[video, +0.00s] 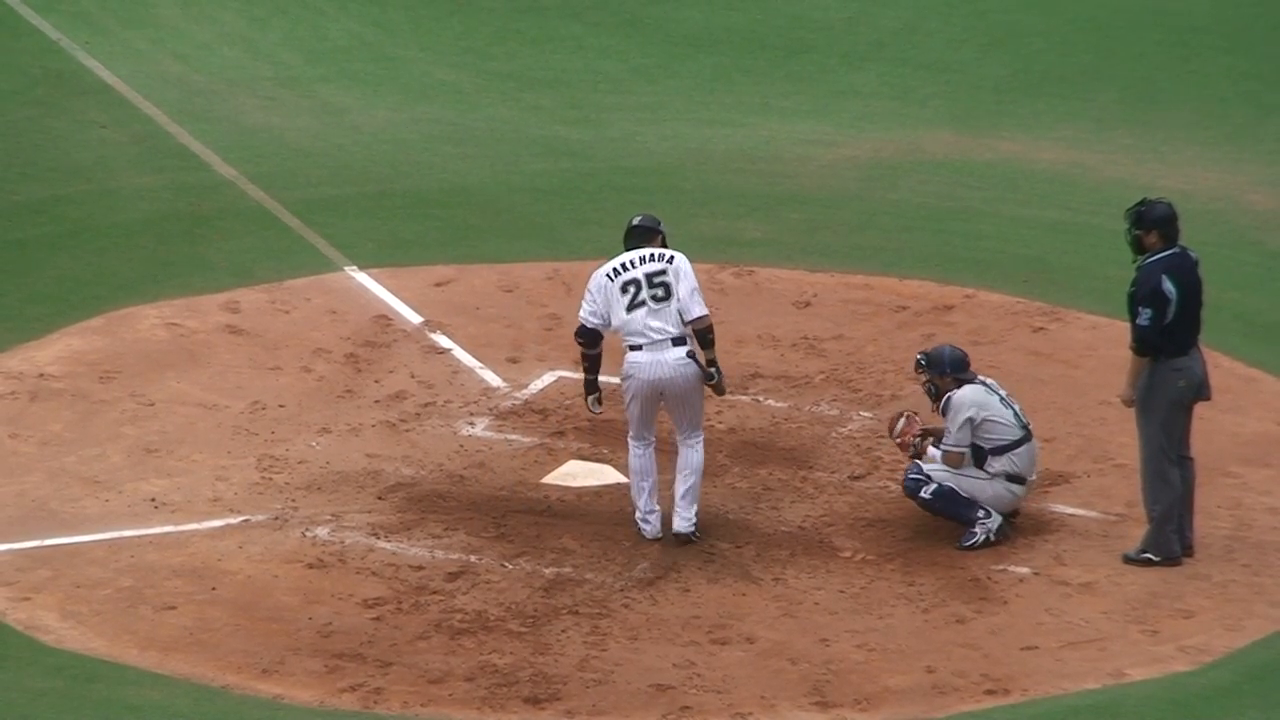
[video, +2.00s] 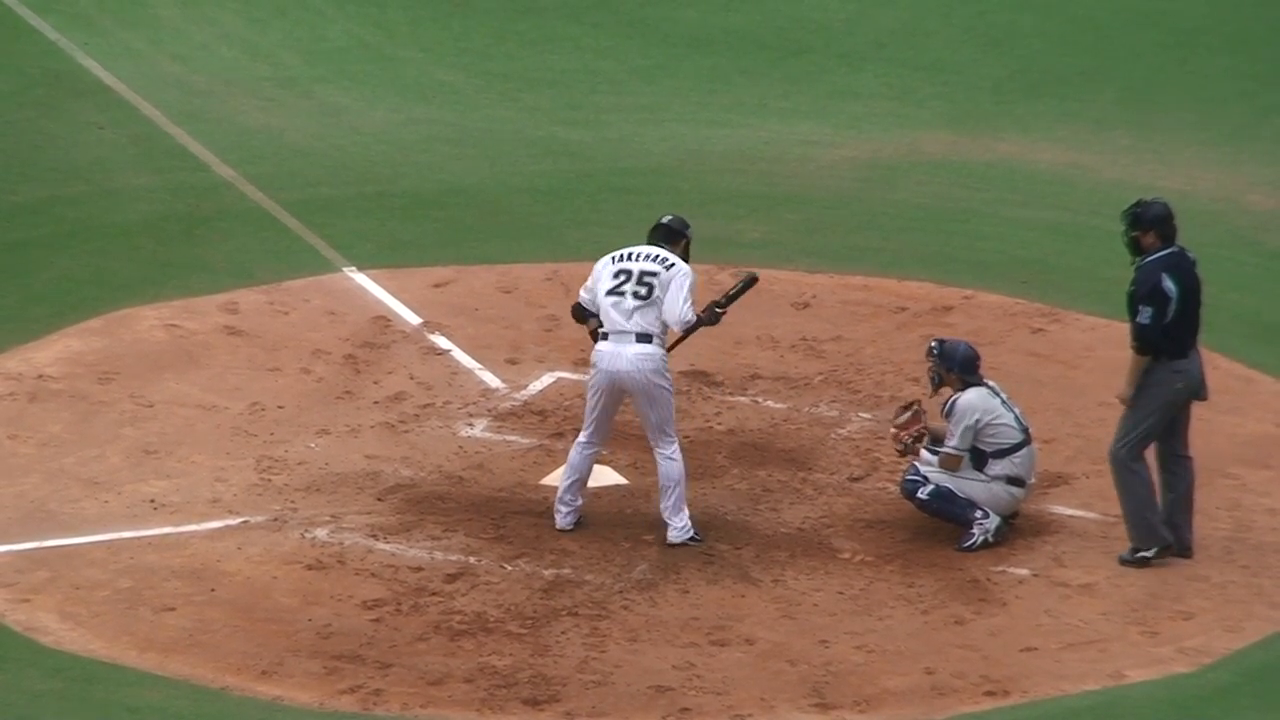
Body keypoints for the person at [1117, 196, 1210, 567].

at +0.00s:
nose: (1135, 236)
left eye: (1139, 231)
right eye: (1136, 229)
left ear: (1152, 236)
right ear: (1167, 232)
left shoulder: (1150, 275)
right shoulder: (1186, 260)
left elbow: (1143, 342)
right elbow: (1188, 322)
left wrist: (1130, 385)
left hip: (1164, 372)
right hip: (1188, 364)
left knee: (1158, 459)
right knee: (1177, 455)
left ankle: (1161, 544)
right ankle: (1179, 536)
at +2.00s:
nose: (1131, 237)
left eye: (1135, 232)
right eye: (1133, 230)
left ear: (1148, 236)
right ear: (1166, 232)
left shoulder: (1152, 272)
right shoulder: (1183, 261)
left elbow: (1144, 341)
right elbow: (1185, 323)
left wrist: (1129, 385)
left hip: (1163, 373)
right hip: (1186, 369)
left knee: (1124, 451)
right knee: (1174, 453)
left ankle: (1149, 540)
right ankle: (1177, 536)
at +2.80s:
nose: (1085, 249)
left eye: (1090, 243)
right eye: (1086, 242)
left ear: (1103, 247)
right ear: (1117, 244)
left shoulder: (1100, 289)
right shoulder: (1141, 271)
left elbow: (1093, 353)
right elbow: (1143, 327)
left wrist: (1080, 397)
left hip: (1126, 383)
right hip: (1154, 374)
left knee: (1099, 464)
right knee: (1136, 444)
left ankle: (1101, 556)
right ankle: (1165, 522)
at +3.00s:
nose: (1082, 249)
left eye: (1086, 244)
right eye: (1082, 242)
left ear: (1100, 248)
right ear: (1112, 245)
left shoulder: (1100, 289)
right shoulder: (1136, 269)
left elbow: (1094, 354)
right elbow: (1144, 326)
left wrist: (1079, 398)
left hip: (1124, 383)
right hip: (1150, 373)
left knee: (1094, 463)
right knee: (1140, 444)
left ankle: (1101, 557)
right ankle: (1146, 510)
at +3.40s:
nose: (1088, 241)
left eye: (1093, 236)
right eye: (1089, 235)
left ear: (1107, 241)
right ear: (1118, 238)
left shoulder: (1111, 278)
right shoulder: (1138, 261)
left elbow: (1111, 347)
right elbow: (1147, 323)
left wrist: (1099, 392)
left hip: (1129, 373)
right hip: (1148, 365)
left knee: (1105, 454)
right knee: (1128, 437)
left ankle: (1102, 553)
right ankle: (1140, 513)